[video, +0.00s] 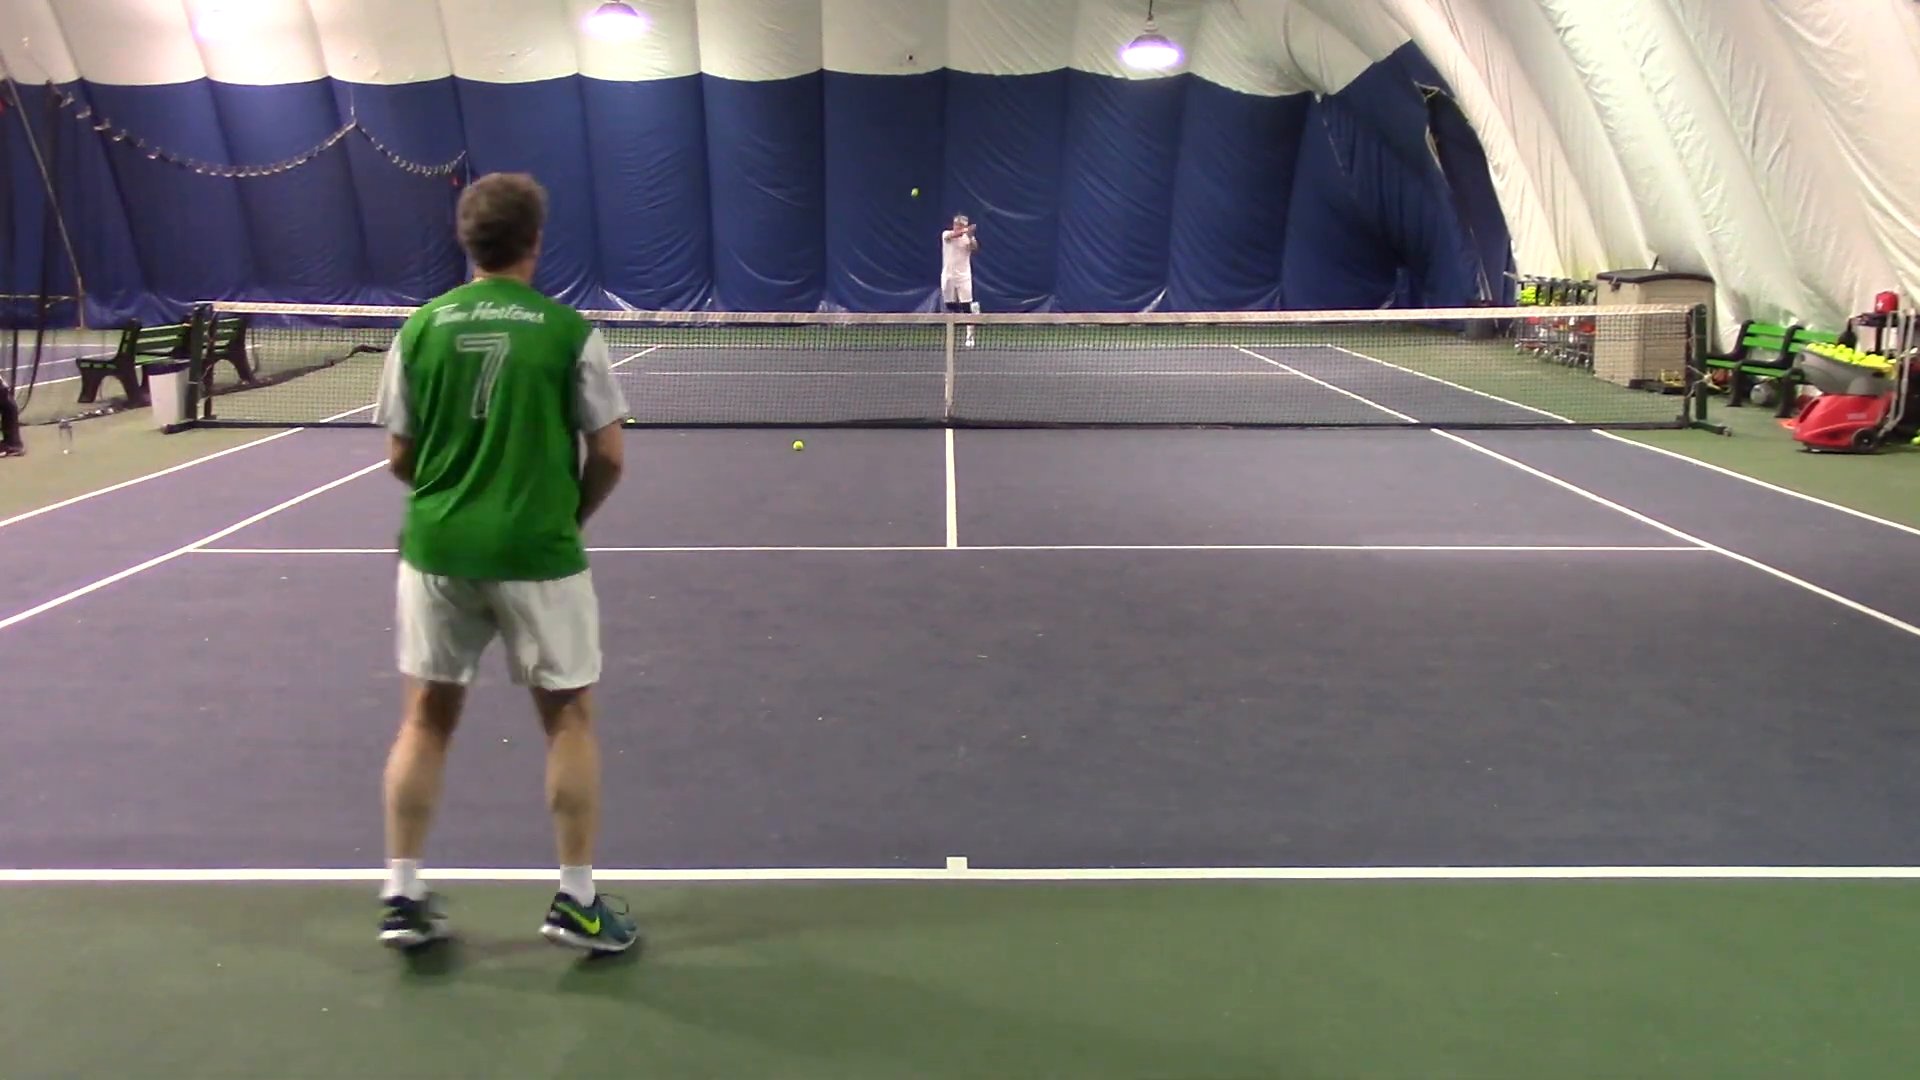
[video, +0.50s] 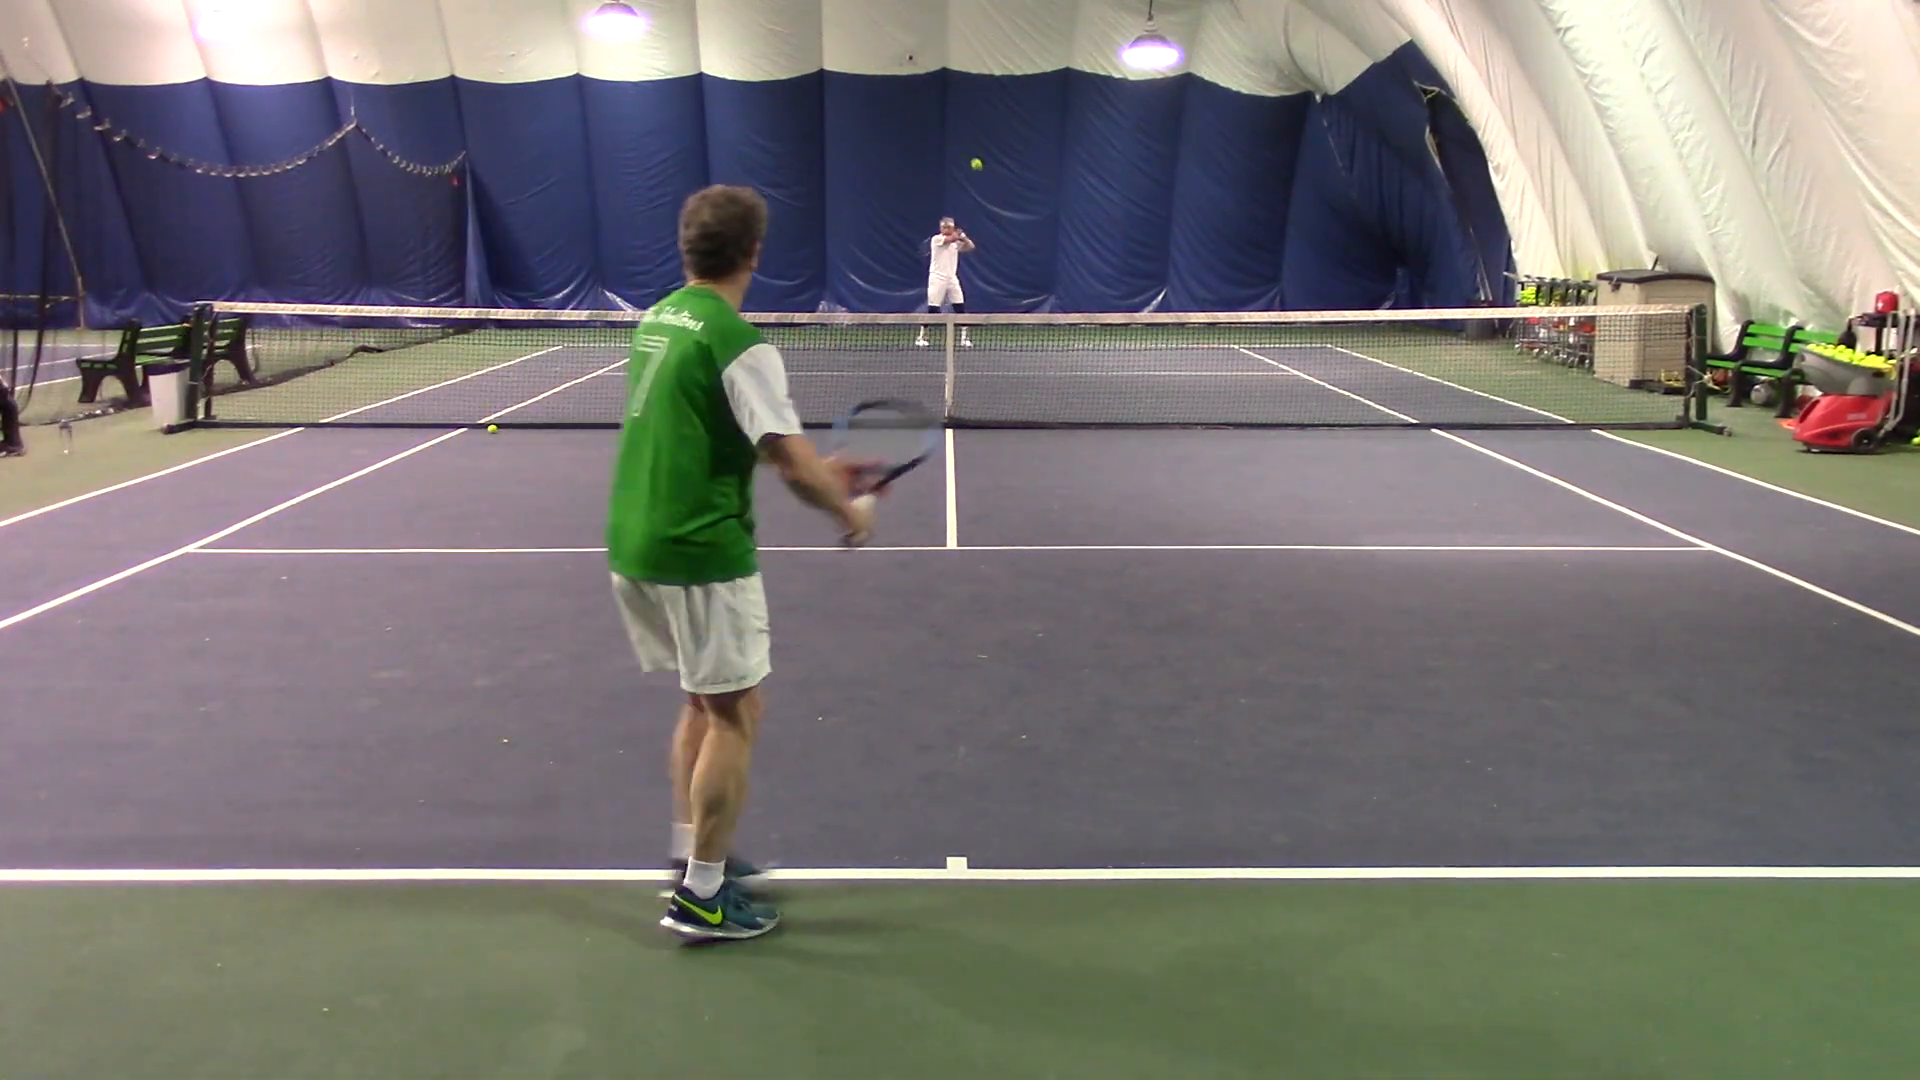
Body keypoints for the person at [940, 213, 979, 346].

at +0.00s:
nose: (959, 228)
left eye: (962, 226)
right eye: (957, 225)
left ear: (966, 227)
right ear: (953, 225)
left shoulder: (968, 238)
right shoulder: (946, 235)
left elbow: (974, 248)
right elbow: (950, 236)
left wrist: (972, 237)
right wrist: (966, 230)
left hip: (964, 275)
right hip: (948, 275)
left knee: (966, 306)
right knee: (950, 306)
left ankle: (969, 335)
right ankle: (951, 335)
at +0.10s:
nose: (959, 229)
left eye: (962, 226)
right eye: (957, 225)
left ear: (967, 227)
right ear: (953, 225)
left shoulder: (969, 240)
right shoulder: (946, 236)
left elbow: (978, 251)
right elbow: (955, 235)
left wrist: (978, 238)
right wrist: (974, 231)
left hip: (963, 276)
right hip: (947, 275)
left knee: (966, 307)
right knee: (948, 307)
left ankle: (970, 335)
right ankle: (950, 335)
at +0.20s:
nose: (958, 228)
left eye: (961, 226)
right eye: (956, 225)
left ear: (965, 226)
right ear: (952, 225)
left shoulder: (966, 241)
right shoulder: (945, 236)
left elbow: (978, 252)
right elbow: (957, 235)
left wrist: (978, 239)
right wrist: (974, 231)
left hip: (963, 276)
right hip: (946, 276)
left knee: (966, 308)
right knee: (941, 309)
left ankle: (969, 336)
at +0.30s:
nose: (956, 228)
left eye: (959, 226)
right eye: (954, 225)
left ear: (963, 226)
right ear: (950, 225)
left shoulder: (964, 240)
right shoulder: (944, 236)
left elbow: (977, 249)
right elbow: (954, 236)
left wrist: (973, 236)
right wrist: (966, 233)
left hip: (960, 274)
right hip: (945, 274)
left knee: (964, 306)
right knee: (939, 306)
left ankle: (966, 336)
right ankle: (932, 331)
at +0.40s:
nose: (952, 229)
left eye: (955, 227)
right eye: (949, 226)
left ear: (959, 227)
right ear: (945, 227)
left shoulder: (961, 240)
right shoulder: (941, 237)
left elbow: (976, 244)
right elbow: (952, 238)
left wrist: (967, 234)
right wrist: (962, 233)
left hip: (957, 276)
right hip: (942, 275)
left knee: (964, 307)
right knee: (936, 308)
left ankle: (965, 337)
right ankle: (924, 335)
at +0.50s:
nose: (947, 231)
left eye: (949, 228)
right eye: (944, 228)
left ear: (953, 229)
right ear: (940, 228)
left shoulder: (956, 242)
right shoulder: (936, 239)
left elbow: (971, 246)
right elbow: (949, 239)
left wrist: (963, 237)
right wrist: (957, 234)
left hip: (952, 277)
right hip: (937, 276)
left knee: (960, 307)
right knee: (933, 309)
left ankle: (964, 337)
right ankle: (922, 337)